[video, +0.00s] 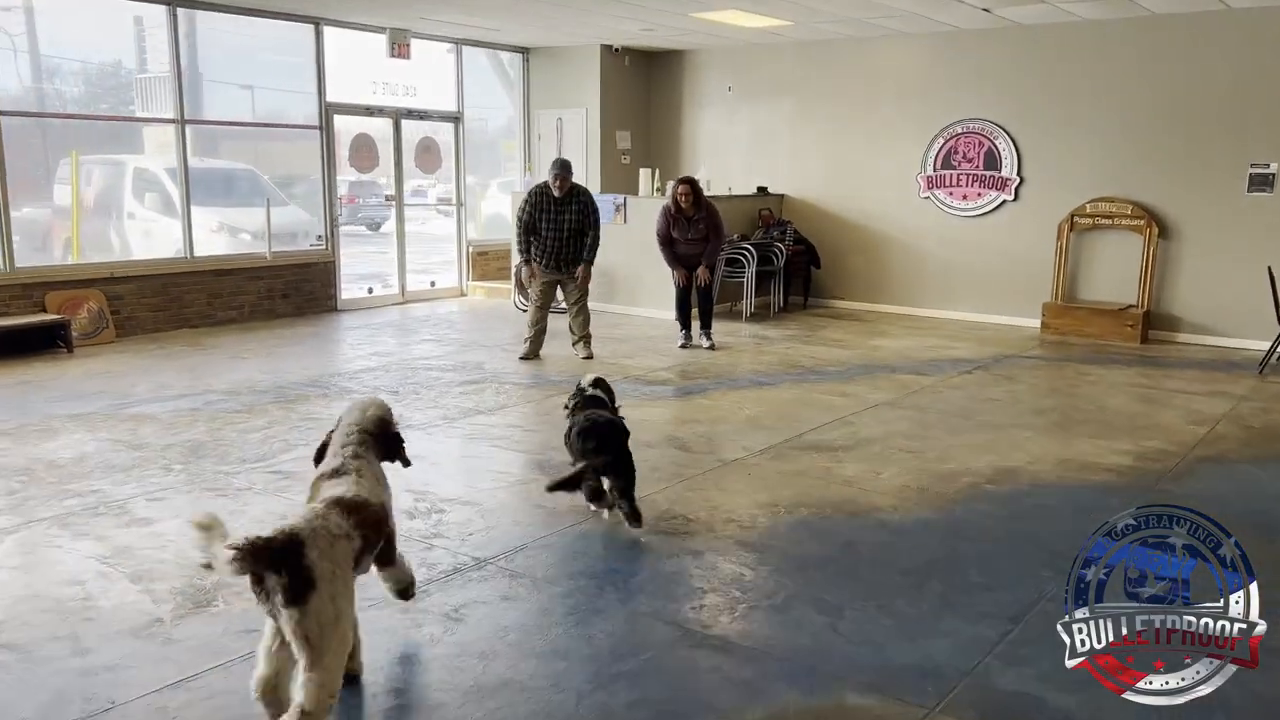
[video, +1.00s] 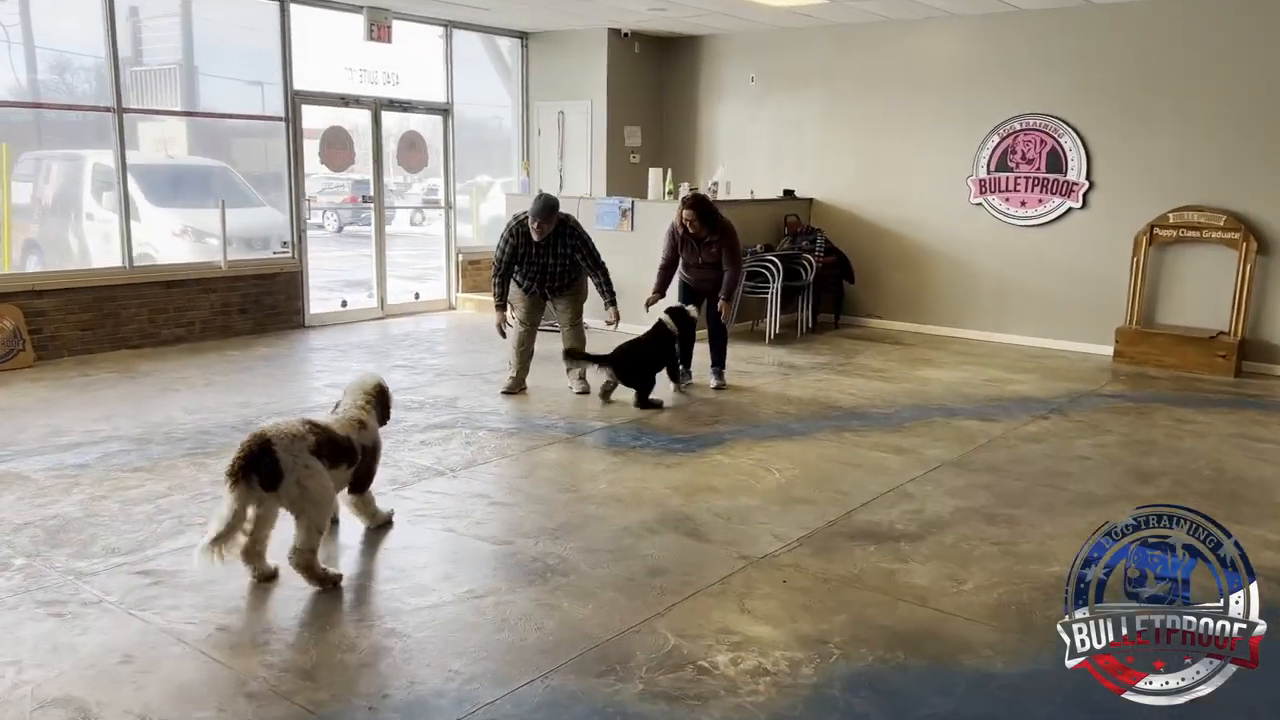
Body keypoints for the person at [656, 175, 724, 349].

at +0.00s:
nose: (684, 198)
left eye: (687, 194)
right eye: (680, 194)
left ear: (695, 194)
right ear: (675, 195)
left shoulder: (708, 209)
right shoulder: (667, 211)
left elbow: (717, 238)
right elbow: (663, 241)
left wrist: (705, 264)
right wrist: (676, 267)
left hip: (704, 258)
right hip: (681, 259)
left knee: (704, 290)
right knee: (682, 291)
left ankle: (705, 332)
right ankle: (685, 332)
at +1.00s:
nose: (688, 225)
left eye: (693, 221)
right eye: (685, 220)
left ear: (705, 218)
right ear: (681, 216)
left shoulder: (724, 230)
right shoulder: (676, 229)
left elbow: (733, 266)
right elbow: (668, 261)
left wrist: (725, 297)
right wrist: (658, 291)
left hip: (717, 283)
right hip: (689, 281)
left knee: (717, 325)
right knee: (685, 324)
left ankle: (717, 371)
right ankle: (684, 369)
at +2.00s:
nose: (776, 251)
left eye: (781, 247)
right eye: (772, 246)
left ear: (796, 241)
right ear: (767, 238)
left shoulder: (824, 245)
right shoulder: (766, 244)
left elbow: (827, 297)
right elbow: (754, 285)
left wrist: (801, 335)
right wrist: (745, 325)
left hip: (828, 288)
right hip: (788, 286)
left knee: (820, 339)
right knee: (778, 337)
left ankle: (823, 400)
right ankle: (781, 394)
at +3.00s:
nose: (778, 156)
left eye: (784, 151)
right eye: (773, 150)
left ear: (802, 142)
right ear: (766, 141)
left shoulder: (838, 144)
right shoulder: (769, 151)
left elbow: (853, 206)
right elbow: (771, 208)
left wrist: (817, 250)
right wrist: (782, 256)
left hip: (853, 207)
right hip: (807, 204)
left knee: (840, 274)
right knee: (791, 267)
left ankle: (837, 350)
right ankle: (789, 344)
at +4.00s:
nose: (781, 82)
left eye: (790, 74)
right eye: (774, 75)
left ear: (807, 77)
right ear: (767, 81)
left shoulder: (836, 121)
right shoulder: (756, 125)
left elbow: (852, 188)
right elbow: (734, 186)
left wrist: (818, 235)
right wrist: (767, 214)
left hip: (838, 233)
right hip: (783, 233)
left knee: (834, 309)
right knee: (781, 310)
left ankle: (842, 385)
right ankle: (790, 373)